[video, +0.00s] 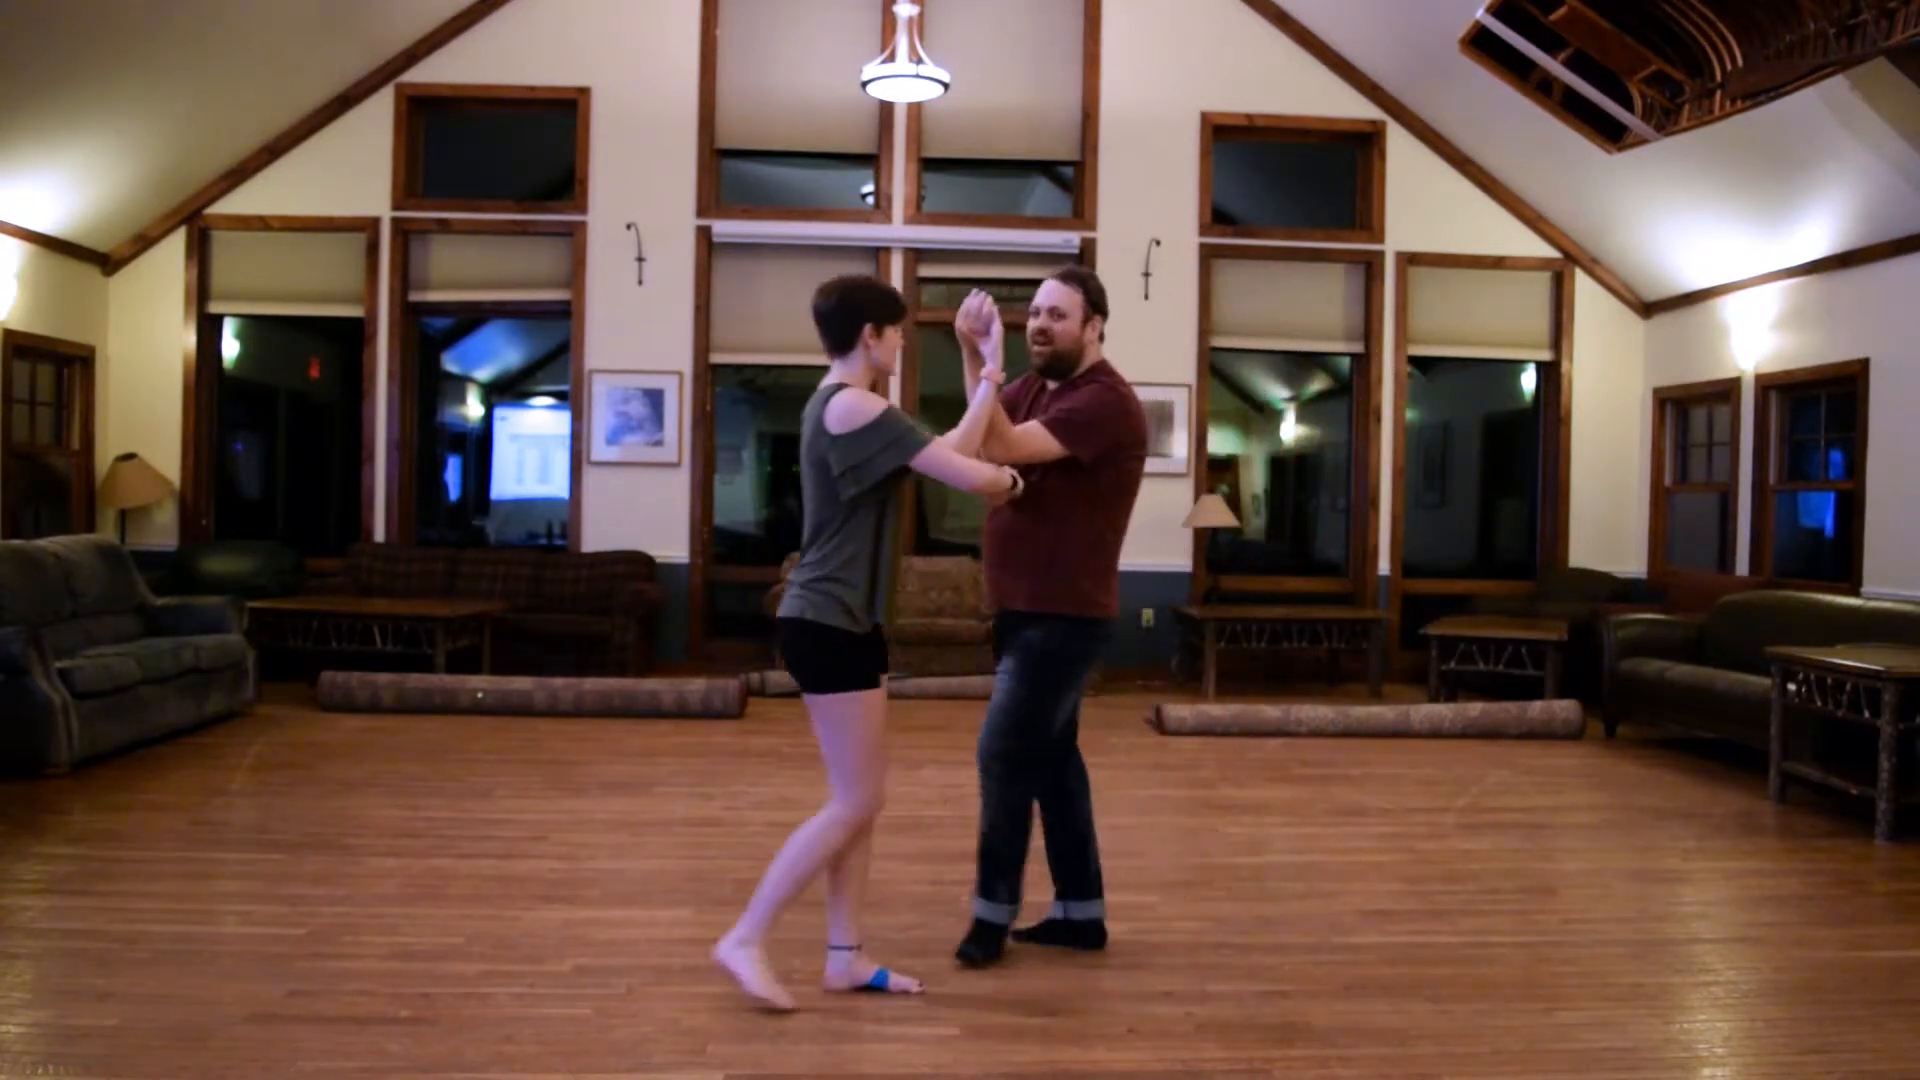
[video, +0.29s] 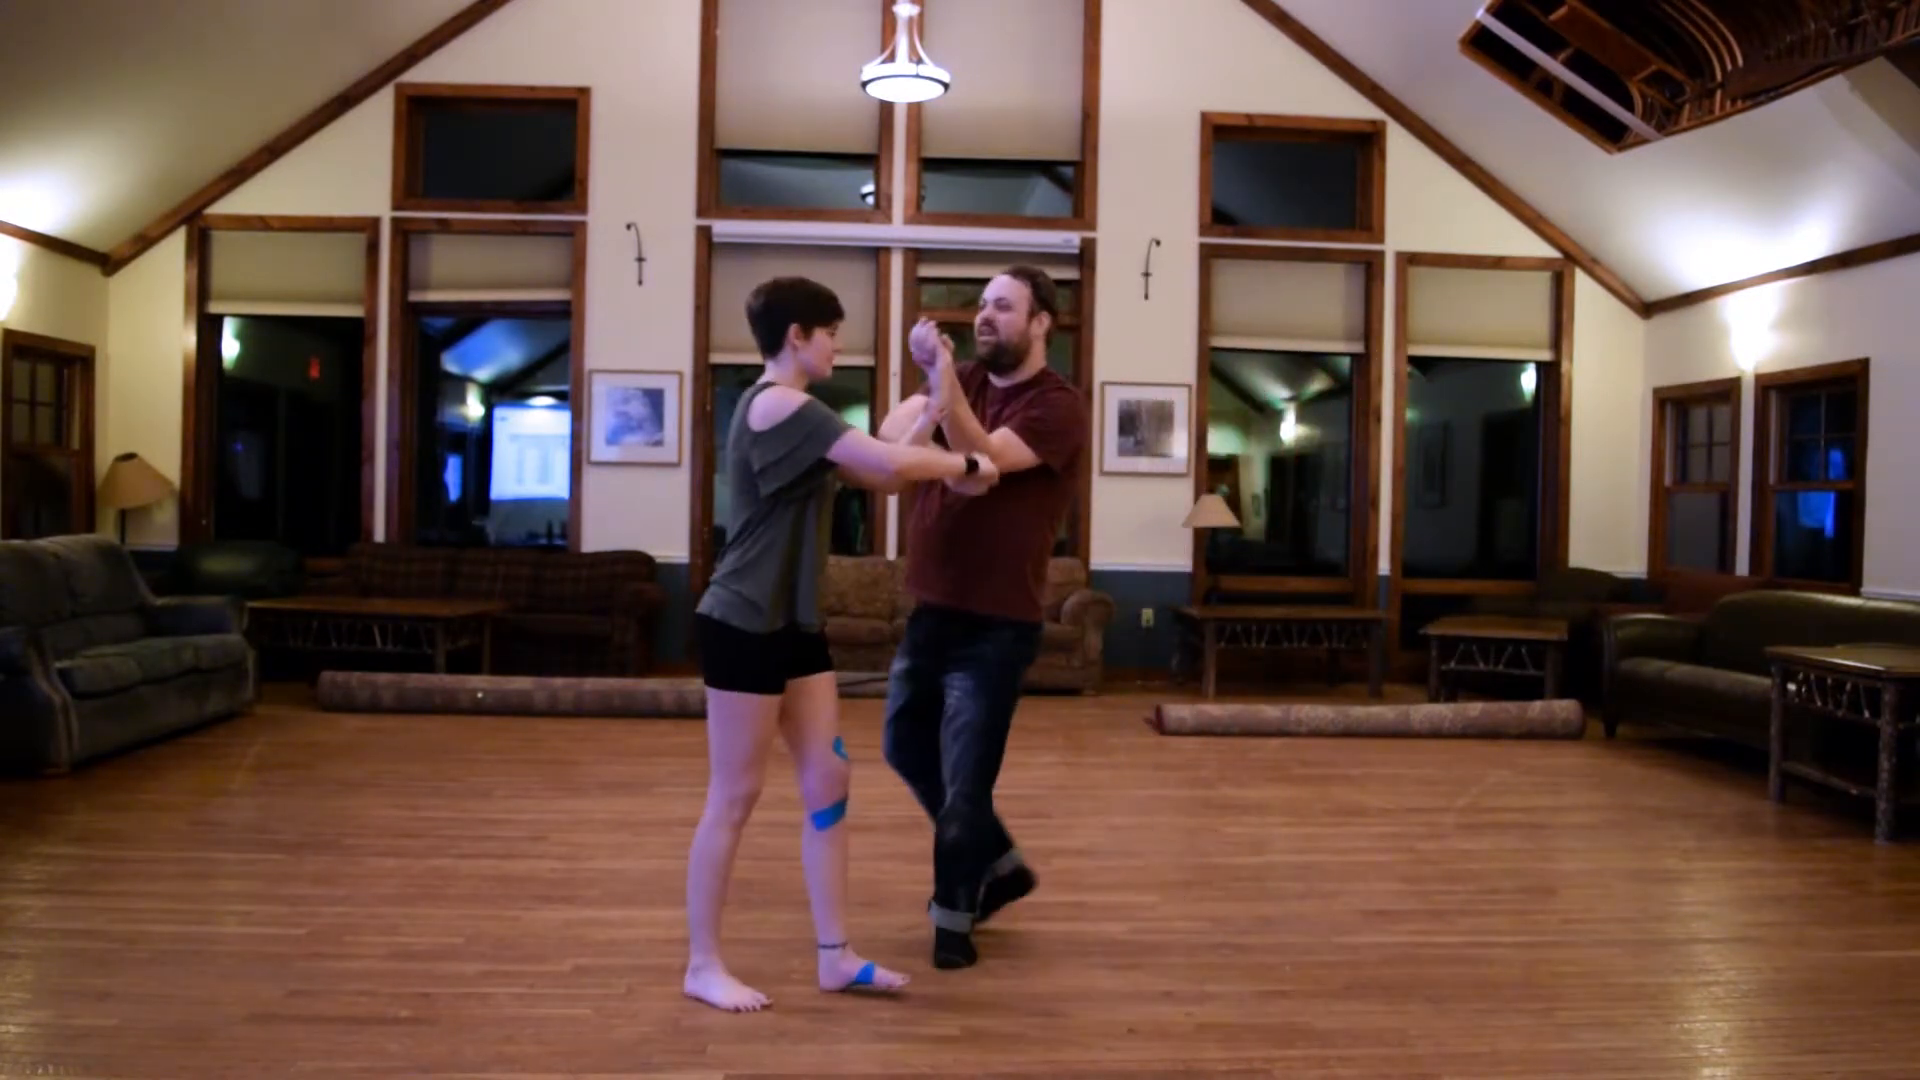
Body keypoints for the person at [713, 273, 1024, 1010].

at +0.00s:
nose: (903, 343)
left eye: (900, 331)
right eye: (898, 331)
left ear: (847, 338)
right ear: (872, 337)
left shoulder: (840, 402)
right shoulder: (856, 408)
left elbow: (937, 457)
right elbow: (977, 478)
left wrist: (985, 395)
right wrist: (1007, 481)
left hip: (839, 618)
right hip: (830, 621)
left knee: (861, 797)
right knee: (856, 800)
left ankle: (843, 956)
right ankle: (743, 939)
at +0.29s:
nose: (837, 349)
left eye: (837, 337)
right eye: (830, 336)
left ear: (789, 340)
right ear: (797, 338)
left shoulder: (788, 408)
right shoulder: (778, 407)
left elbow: (871, 474)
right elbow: (892, 464)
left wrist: (914, 428)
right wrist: (960, 464)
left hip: (796, 625)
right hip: (741, 625)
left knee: (826, 785)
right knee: (732, 796)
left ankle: (834, 956)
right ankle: (703, 966)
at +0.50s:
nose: (786, 354)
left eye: (792, 343)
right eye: (779, 343)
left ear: (778, 341)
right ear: (762, 342)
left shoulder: (810, 423)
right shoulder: (730, 403)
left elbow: (876, 439)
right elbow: (787, 353)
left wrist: (886, 360)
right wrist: (882, 329)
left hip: (796, 619)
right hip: (727, 616)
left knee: (793, 788)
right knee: (729, 794)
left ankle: (805, 960)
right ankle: (701, 965)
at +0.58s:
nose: (783, 357)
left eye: (797, 348)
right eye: (773, 345)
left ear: (811, 351)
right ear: (749, 341)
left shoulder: (819, 420)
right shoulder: (729, 405)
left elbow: (875, 395)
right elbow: (739, 299)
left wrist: (852, 297)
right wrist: (812, 266)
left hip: (802, 617)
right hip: (723, 611)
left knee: (801, 791)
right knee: (735, 795)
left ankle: (805, 964)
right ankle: (703, 964)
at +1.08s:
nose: (735, 334)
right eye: (734, 323)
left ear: (665, 330)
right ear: (731, 331)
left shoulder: (643, 394)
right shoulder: (761, 397)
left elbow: (603, 433)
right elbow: (796, 416)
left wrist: (634, 380)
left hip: (675, 611)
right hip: (747, 610)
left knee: (657, 795)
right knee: (701, 794)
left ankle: (754, 943)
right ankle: (697, 956)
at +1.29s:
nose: (697, 337)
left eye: (694, 325)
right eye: (691, 326)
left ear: (627, 335)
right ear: (670, 334)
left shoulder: (594, 405)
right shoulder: (706, 405)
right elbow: (773, 382)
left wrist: (713, 380)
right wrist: (791, 298)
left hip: (607, 625)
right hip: (694, 624)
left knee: (617, 801)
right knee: (695, 799)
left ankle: (589, 965)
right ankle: (704, 961)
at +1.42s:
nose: (686, 337)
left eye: (684, 326)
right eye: (679, 326)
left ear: (619, 335)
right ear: (655, 334)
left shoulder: (585, 405)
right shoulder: (686, 401)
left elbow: (666, 402)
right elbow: (758, 394)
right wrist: (784, 307)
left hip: (586, 620)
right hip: (669, 620)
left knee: (612, 799)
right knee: (686, 798)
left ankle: (588, 966)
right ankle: (706, 960)